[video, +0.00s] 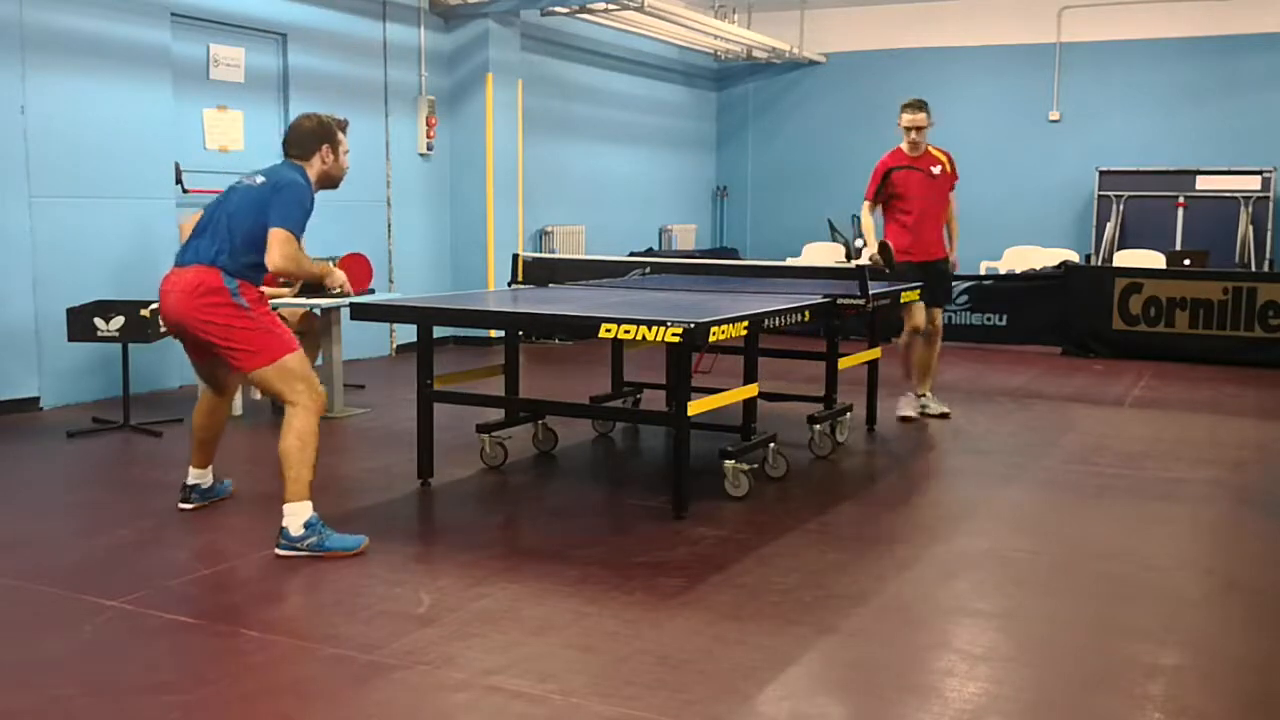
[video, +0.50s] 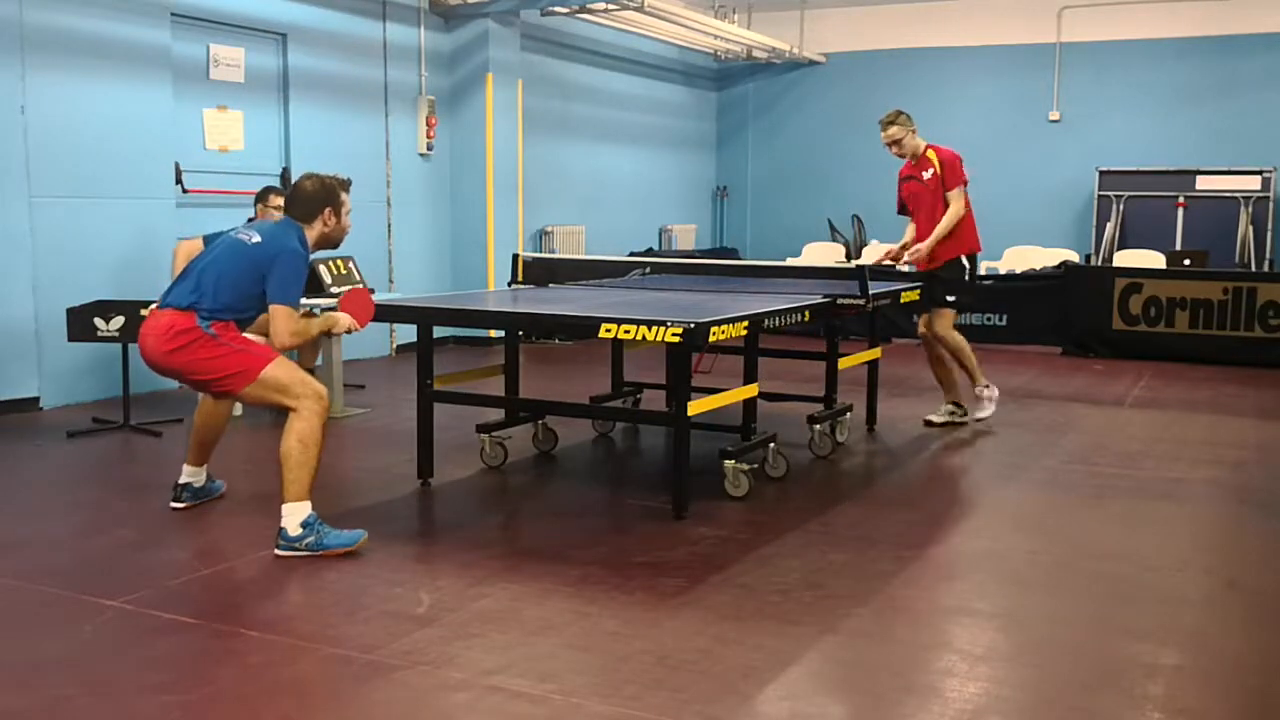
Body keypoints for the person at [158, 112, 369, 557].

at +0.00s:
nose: (347, 162)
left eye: (347, 153)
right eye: (344, 152)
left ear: (296, 152)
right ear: (324, 154)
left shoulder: (252, 180)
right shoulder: (295, 185)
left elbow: (192, 229)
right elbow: (281, 258)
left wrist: (244, 273)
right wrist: (324, 271)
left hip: (176, 289)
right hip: (217, 290)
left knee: (221, 384)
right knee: (306, 396)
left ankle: (198, 483)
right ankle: (299, 525)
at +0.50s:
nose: (349, 224)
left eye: (348, 215)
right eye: (346, 214)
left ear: (296, 211)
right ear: (327, 217)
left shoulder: (259, 229)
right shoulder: (291, 249)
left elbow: (187, 248)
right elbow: (285, 336)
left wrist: (182, 303)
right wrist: (329, 322)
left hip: (159, 328)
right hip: (188, 334)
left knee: (227, 379)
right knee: (311, 397)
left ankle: (191, 482)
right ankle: (297, 526)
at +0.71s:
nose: (342, 217)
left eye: (341, 207)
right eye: (338, 207)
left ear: (296, 207)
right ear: (319, 212)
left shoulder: (254, 228)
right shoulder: (285, 244)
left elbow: (185, 248)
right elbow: (285, 333)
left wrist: (186, 301)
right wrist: (328, 308)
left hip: (159, 327)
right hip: (186, 333)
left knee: (230, 376)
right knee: (306, 396)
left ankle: (191, 481)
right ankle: (298, 526)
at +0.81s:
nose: (340, 209)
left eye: (339, 199)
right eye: (336, 200)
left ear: (293, 202)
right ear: (316, 205)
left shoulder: (255, 224)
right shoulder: (285, 238)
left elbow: (186, 257)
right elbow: (286, 328)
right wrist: (328, 302)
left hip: (159, 325)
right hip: (187, 330)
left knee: (227, 377)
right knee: (306, 397)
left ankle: (191, 482)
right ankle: (298, 526)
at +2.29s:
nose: (337, 143)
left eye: (333, 134)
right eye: (332, 135)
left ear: (289, 146)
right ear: (315, 145)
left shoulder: (249, 180)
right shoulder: (299, 196)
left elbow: (189, 220)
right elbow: (306, 280)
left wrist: (222, 268)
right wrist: (353, 259)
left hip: (191, 306)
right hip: (232, 310)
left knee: (230, 383)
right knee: (332, 401)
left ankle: (192, 481)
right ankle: (301, 525)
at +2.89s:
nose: (331, 111)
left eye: (329, 103)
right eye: (325, 103)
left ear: (291, 109)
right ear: (303, 109)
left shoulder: (256, 146)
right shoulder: (280, 158)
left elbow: (214, 192)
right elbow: (272, 238)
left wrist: (263, 225)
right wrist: (338, 225)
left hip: (221, 278)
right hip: (247, 282)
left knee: (261, 373)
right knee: (323, 381)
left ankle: (198, 458)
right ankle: (304, 501)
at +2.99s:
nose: (337, 125)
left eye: (335, 116)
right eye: (331, 116)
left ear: (300, 123)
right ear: (307, 122)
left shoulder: (281, 162)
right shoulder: (280, 169)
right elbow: (250, 247)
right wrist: (316, 261)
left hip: (234, 290)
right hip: (251, 294)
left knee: (263, 381)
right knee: (341, 379)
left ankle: (201, 467)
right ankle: (310, 496)